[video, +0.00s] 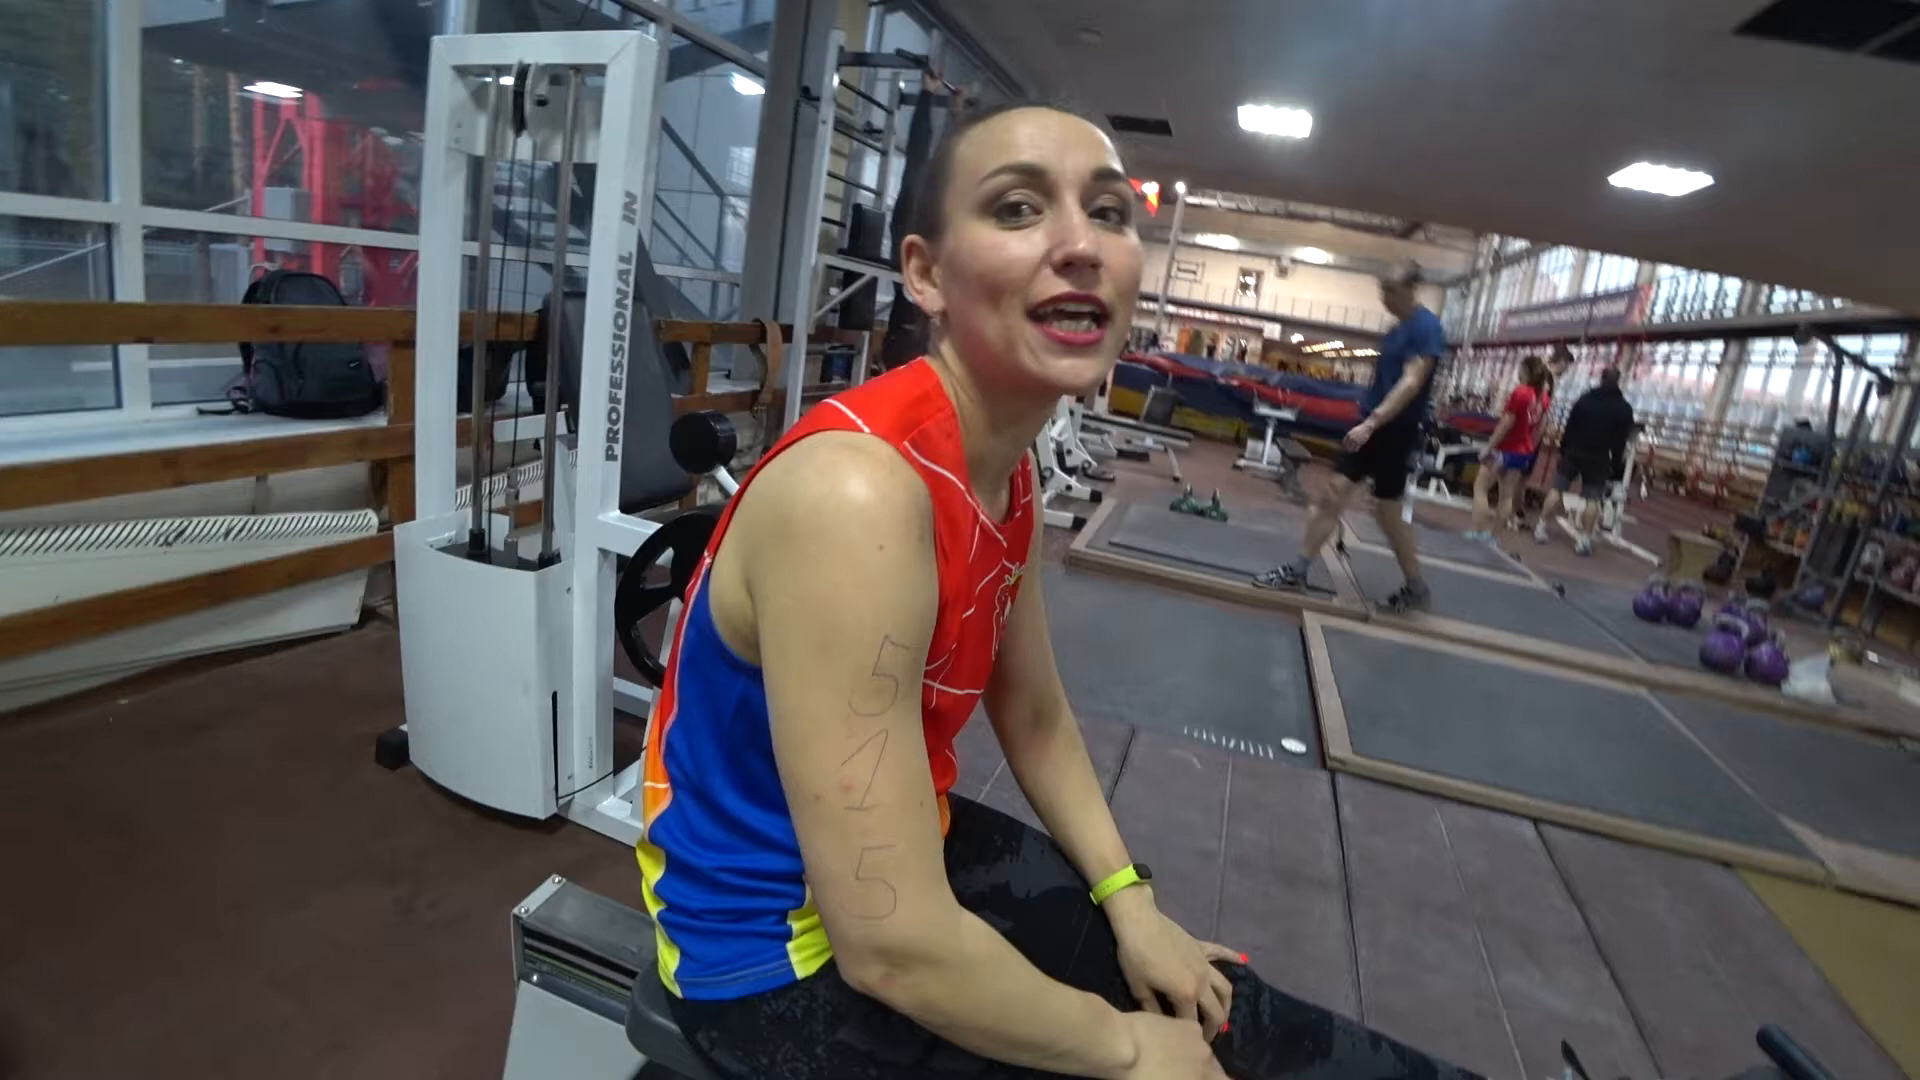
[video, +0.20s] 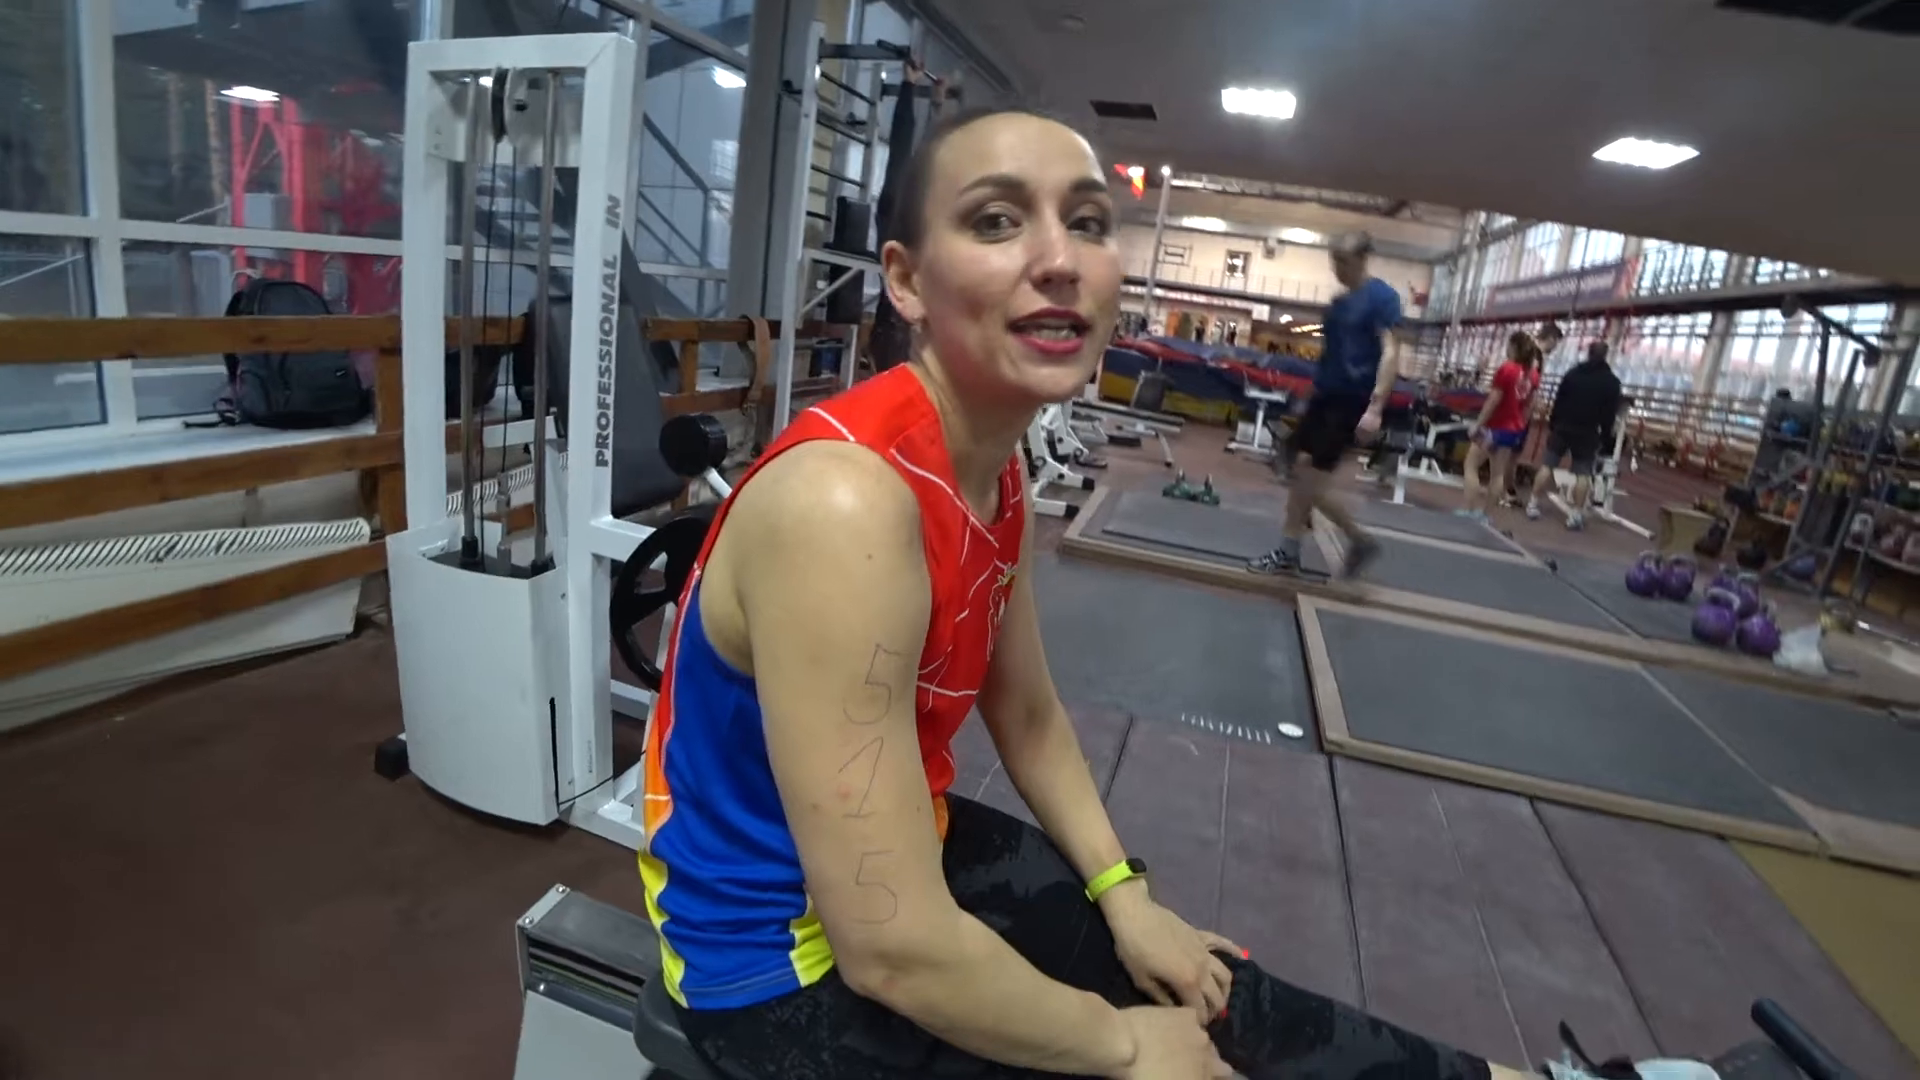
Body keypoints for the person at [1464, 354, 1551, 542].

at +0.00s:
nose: (1519, 373)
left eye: (1522, 370)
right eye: (1520, 369)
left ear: (1527, 372)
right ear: (1539, 373)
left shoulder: (1520, 393)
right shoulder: (1542, 397)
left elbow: (1507, 421)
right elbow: (1540, 427)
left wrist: (1489, 446)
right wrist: (1531, 446)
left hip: (1506, 449)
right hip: (1523, 452)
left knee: (1480, 486)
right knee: (1507, 496)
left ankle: (1477, 529)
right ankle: (1493, 535)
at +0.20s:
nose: (1507, 349)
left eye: (1509, 346)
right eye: (1508, 346)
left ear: (1514, 348)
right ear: (1528, 350)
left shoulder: (1506, 370)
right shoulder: (1531, 374)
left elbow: (1494, 398)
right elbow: (1529, 404)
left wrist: (1478, 423)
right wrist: (1521, 422)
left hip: (1495, 426)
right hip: (1514, 428)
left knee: (1471, 463)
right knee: (1498, 474)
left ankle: (1470, 508)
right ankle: (1487, 514)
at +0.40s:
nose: (1491, 334)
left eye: (1493, 331)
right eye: (1492, 331)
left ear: (1498, 333)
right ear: (1512, 334)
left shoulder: (1490, 354)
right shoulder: (1518, 358)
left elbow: (1477, 382)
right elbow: (1515, 386)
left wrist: (1462, 406)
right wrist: (1506, 402)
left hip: (1480, 411)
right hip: (1499, 413)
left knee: (1457, 450)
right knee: (1485, 459)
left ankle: (1457, 494)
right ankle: (1474, 499)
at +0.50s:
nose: (1479, 331)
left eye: (1482, 327)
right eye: (1481, 327)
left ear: (1489, 329)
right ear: (1498, 331)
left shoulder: (1482, 351)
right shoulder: (1504, 353)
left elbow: (1469, 380)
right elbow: (1505, 382)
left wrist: (1453, 402)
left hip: (1472, 408)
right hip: (1491, 409)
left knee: (1450, 446)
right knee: (1476, 455)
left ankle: (1452, 491)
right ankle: (1466, 494)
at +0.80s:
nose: (1462, 325)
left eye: (1466, 322)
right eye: (1463, 321)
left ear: (1477, 324)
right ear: (1479, 325)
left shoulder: (1472, 346)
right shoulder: (1484, 346)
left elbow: (1462, 375)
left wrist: (1444, 398)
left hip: (1460, 402)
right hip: (1473, 403)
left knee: (1439, 442)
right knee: (1460, 447)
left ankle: (1441, 487)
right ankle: (1454, 489)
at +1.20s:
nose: (1463, 307)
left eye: (1466, 304)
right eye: (1463, 303)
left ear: (1478, 305)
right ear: (1474, 305)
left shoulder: (1484, 329)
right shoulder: (1471, 327)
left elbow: (1479, 361)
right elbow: (1459, 359)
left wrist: (1467, 386)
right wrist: (1441, 376)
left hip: (1467, 389)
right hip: (1455, 386)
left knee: (1456, 432)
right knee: (1441, 423)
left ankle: (1455, 473)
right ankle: (1453, 467)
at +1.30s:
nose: (1455, 299)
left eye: (1458, 294)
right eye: (1455, 294)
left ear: (1470, 295)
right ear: (1466, 295)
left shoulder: (1478, 318)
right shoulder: (1464, 317)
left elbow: (1477, 349)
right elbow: (1453, 351)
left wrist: (1465, 379)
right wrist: (1430, 364)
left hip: (1462, 382)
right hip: (1448, 379)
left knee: (1454, 425)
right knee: (1430, 413)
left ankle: (1450, 465)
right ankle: (1439, 454)